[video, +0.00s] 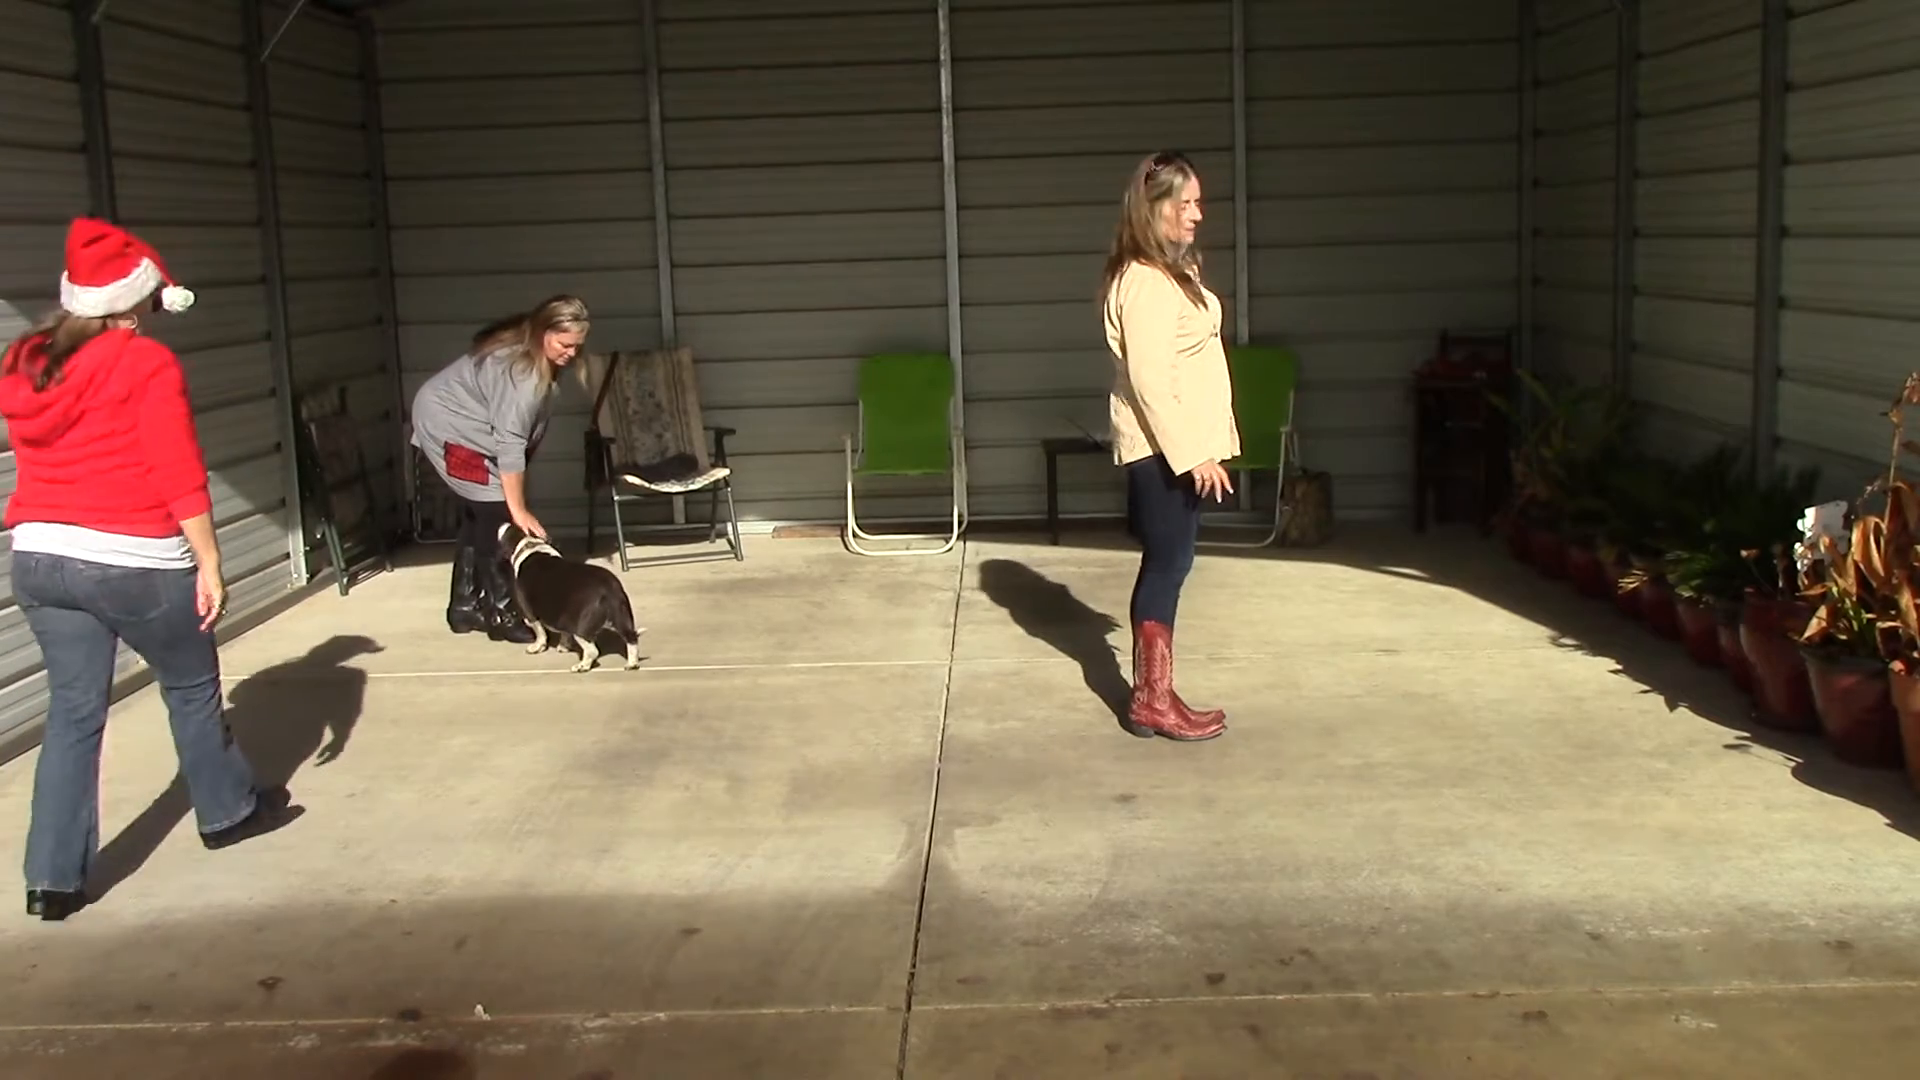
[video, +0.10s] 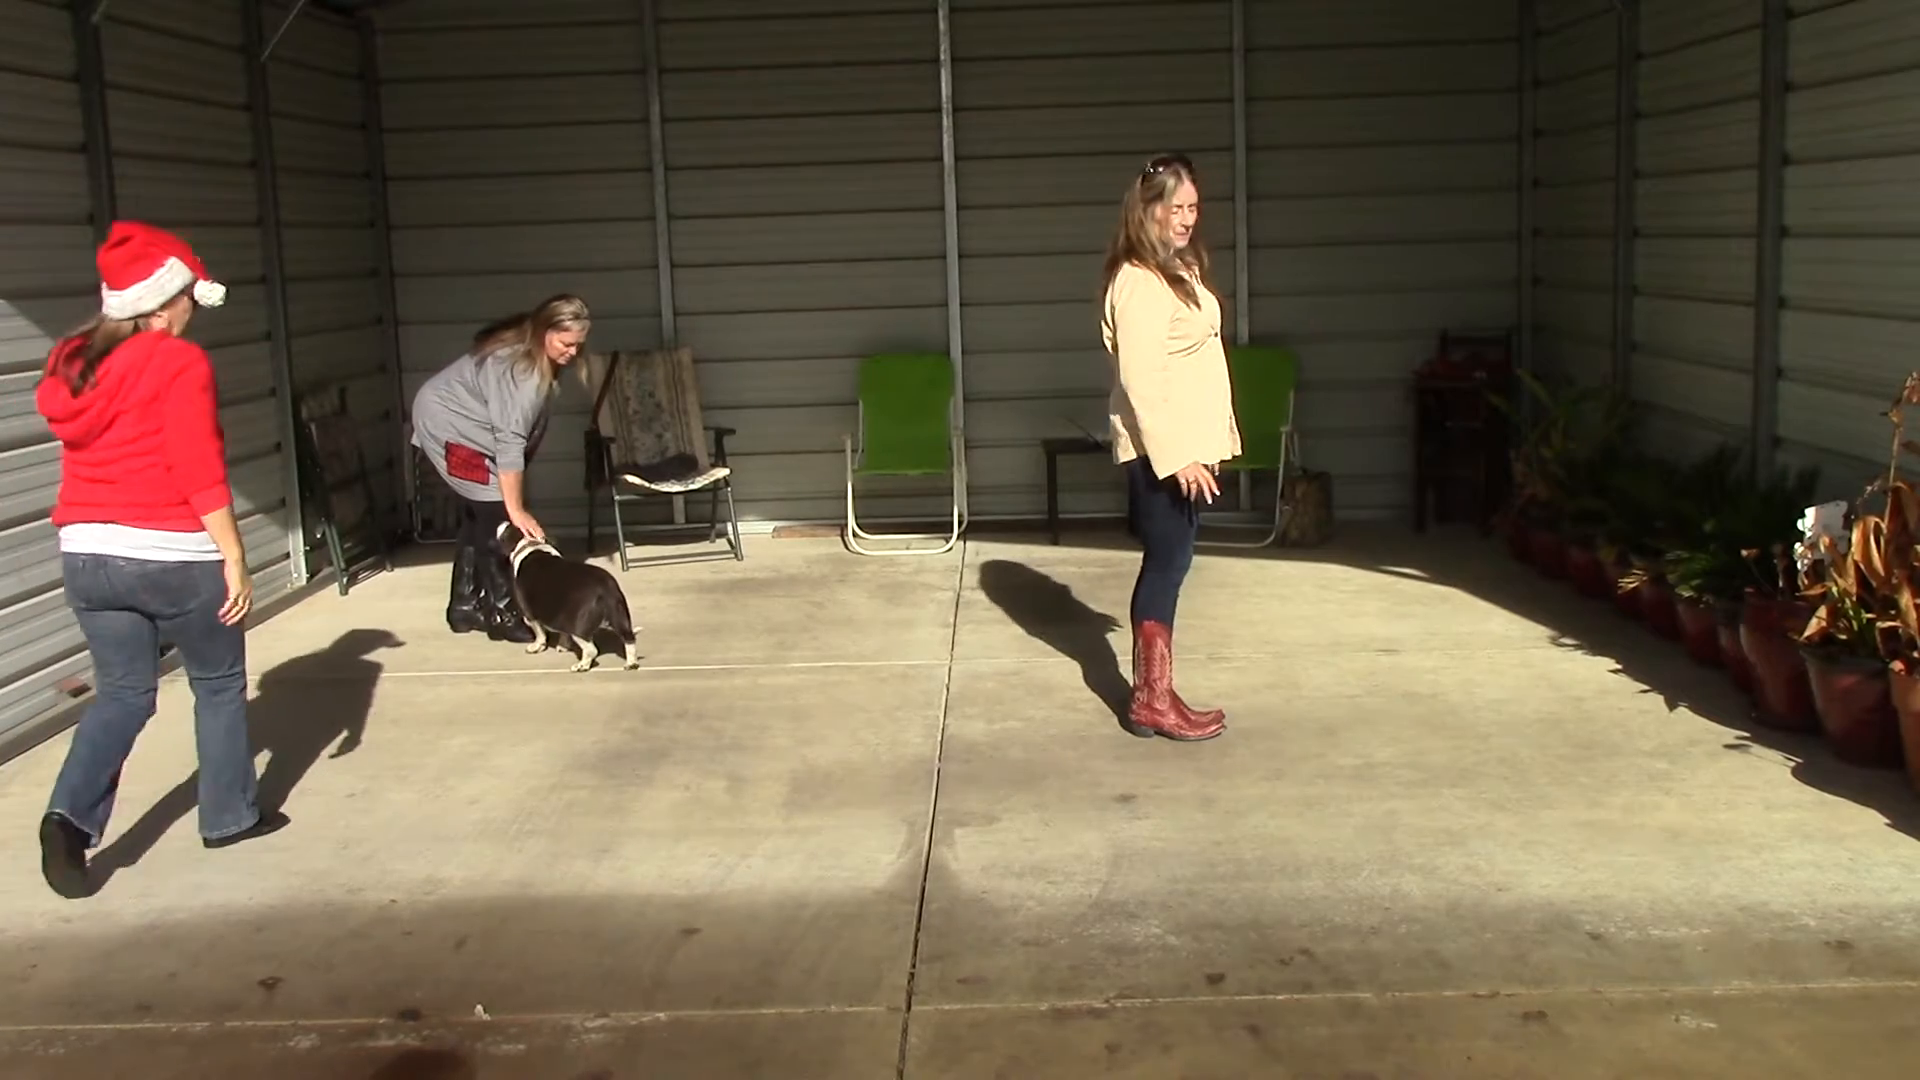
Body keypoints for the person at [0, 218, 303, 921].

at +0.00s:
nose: (154, 314)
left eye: (153, 301)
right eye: (151, 302)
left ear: (74, 297)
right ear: (133, 301)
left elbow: (23, 453)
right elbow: (180, 473)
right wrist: (209, 559)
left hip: (40, 555)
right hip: (135, 559)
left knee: (72, 711)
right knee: (191, 684)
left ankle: (53, 879)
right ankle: (228, 810)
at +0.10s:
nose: (195, 309)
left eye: (194, 298)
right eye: (191, 298)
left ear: (126, 304)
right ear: (167, 304)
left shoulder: (79, 363)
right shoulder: (182, 363)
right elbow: (201, 473)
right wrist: (234, 556)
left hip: (87, 558)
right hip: (172, 555)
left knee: (123, 690)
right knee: (219, 680)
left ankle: (69, 817)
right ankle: (230, 815)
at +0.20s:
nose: (222, 309)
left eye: (222, 297)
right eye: (218, 296)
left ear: (160, 302)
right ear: (187, 301)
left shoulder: (116, 361)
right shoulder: (203, 359)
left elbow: (112, 460)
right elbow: (221, 463)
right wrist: (266, 545)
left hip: (128, 548)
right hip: (204, 546)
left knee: (187, 662)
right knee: (243, 672)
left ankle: (118, 775)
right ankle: (231, 815)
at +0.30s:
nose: (245, 299)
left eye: (244, 288)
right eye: (240, 288)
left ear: (186, 295)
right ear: (211, 292)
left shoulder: (147, 349)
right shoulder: (219, 353)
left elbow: (143, 448)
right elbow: (234, 460)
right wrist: (293, 531)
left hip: (158, 529)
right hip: (218, 532)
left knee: (234, 648)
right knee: (258, 662)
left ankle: (191, 776)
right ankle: (234, 811)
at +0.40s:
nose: (262, 298)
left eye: (261, 287)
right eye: (255, 286)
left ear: (210, 295)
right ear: (225, 291)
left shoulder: (176, 347)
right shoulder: (227, 350)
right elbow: (235, 455)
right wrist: (311, 510)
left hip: (187, 522)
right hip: (231, 526)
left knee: (270, 644)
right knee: (268, 662)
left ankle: (277, 752)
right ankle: (229, 811)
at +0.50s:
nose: (274, 303)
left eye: (273, 291)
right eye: (267, 292)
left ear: (230, 297)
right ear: (236, 297)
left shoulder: (216, 346)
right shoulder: (226, 351)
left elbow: (219, 448)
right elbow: (229, 451)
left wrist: (301, 486)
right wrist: (313, 491)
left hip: (241, 516)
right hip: (240, 522)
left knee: (296, 630)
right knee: (277, 653)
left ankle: (293, 748)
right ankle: (228, 804)